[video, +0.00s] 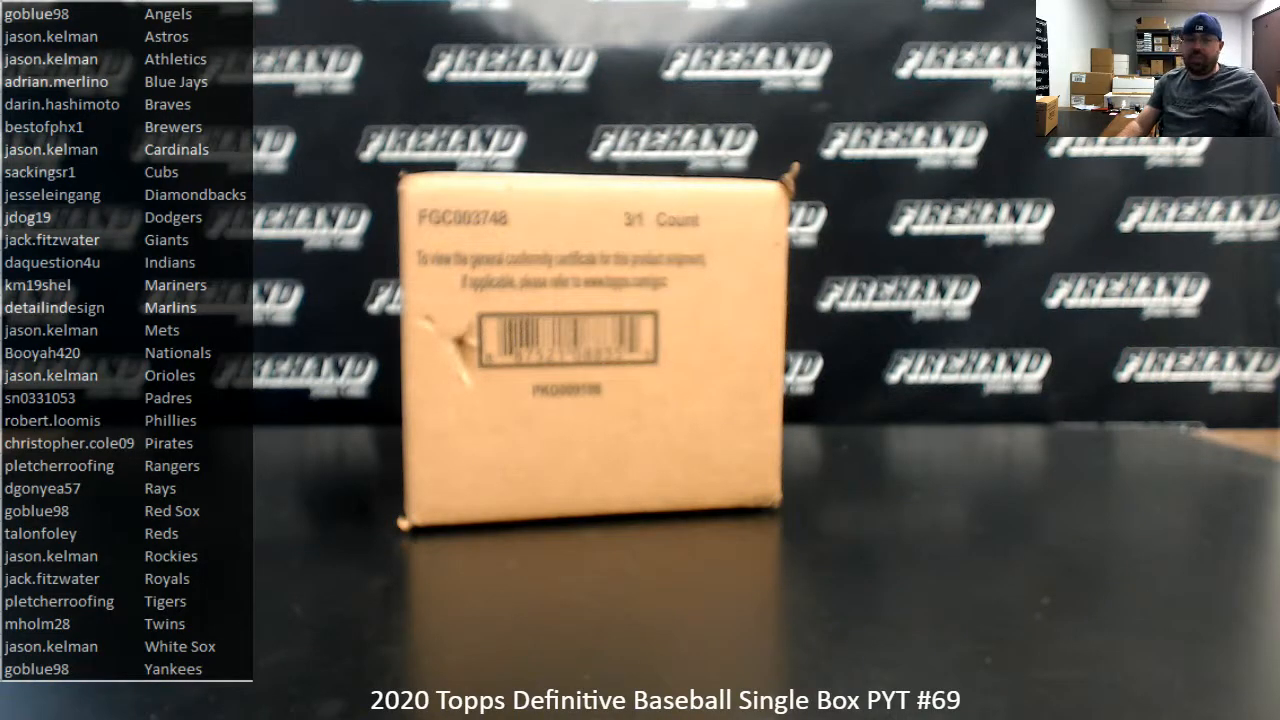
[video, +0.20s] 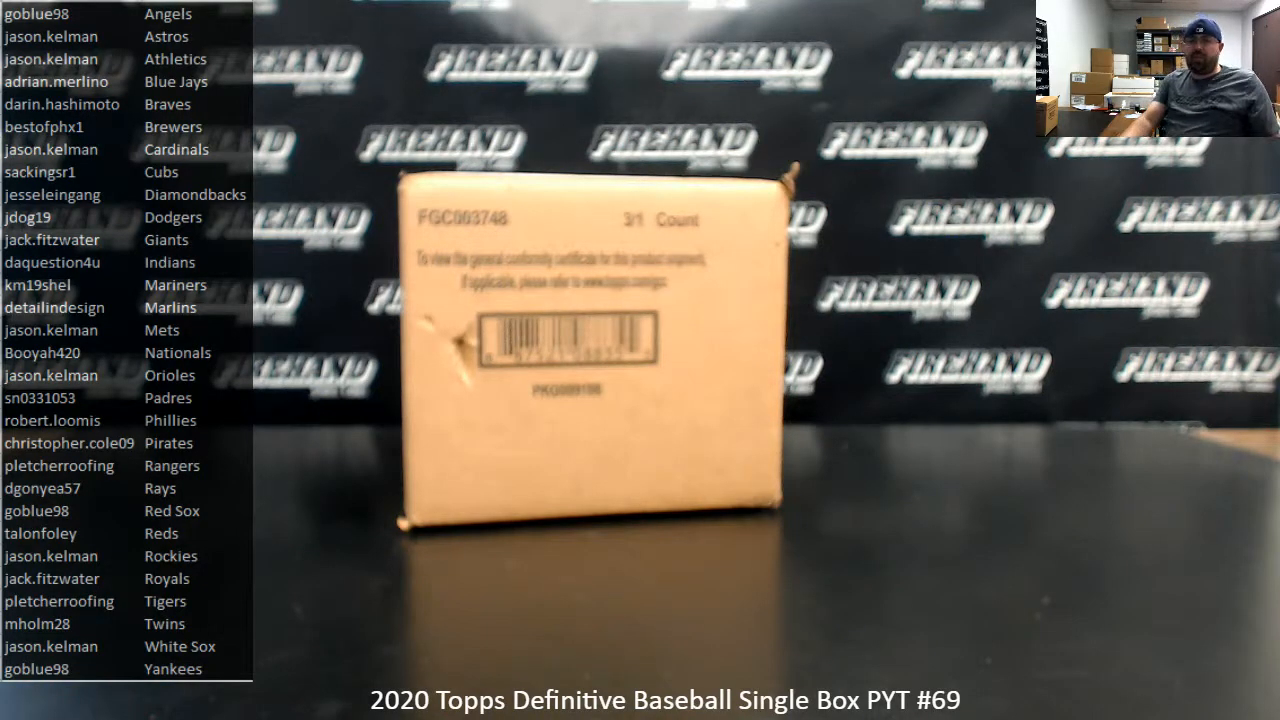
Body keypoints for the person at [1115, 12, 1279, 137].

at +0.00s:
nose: (1197, 47)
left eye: (1206, 40)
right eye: (1190, 40)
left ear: (1220, 46)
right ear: (1181, 45)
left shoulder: (1246, 83)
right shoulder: (1169, 82)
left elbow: (1271, 143)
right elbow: (1139, 125)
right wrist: (1110, 152)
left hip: (1226, 173)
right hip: (1171, 174)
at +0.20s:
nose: (1198, 48)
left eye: (1206, 41)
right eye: (1191, 41)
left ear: (1220, 47)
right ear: (1182, 47)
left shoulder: (1246, 82)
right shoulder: (1172, 81)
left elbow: (1271, 140)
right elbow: (1147, 121)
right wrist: (1118, 147)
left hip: (1228, 170)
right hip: (1173, 171)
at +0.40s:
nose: (1199, 47)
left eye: (1207, 40)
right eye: (1193, 41)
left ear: (1222, 46)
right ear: (1185, 48)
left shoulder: (1250, 81)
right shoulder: (1176, 79)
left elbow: (1272, 136)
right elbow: (1160, 121)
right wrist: (1162, 153)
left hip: (1233, 167)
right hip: (1181, 167)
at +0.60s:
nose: (1203, 46)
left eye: (1211, 40)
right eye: (1196, 41)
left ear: (1226, 46)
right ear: (1190, 46)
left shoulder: (1253, 83)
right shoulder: (1177, 78)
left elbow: (1273, 136)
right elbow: (1162, 124)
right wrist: (1174, 155)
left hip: (1236, 167)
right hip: (1184, 167)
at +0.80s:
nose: (1206, 50)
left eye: (1214, 43)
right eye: (1200, 43)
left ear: (1229, 48)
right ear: (1193, 47)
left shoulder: (1253, 85)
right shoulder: (1178, 78)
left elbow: (1272, 138)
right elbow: (1163, 126)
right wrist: (1175, 158)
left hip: (1236, 168)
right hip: (1184, 168)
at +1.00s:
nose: (1204, 53)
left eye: (1212, 47)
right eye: (1198, 47)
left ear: (1227, 50)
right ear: (1192, 49)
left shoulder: (1251, 86)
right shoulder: (1178, 80)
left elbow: (1271, 139)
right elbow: (1164, 127)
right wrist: (1171, 158)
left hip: (1234, 166)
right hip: (1183, 166)